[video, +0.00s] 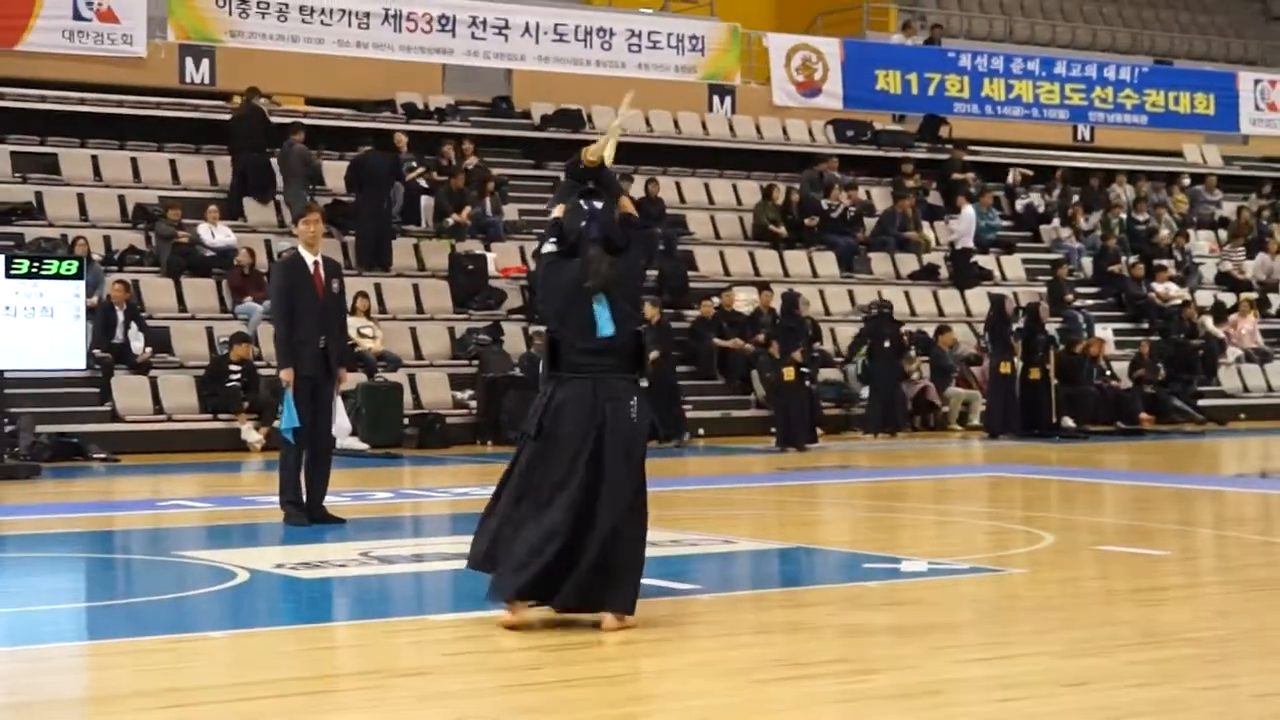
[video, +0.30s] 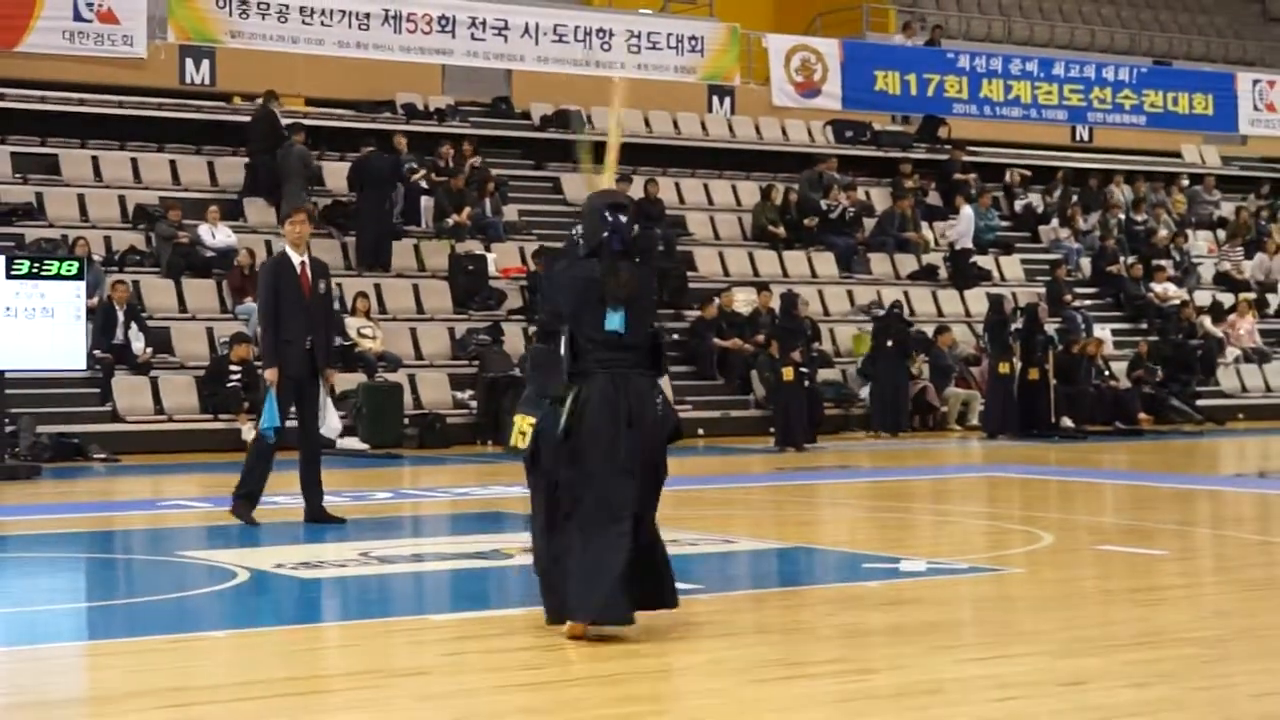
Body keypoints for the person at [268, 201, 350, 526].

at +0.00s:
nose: (312, 228)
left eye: (316, 223)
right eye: (306, 223)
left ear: (323, 227)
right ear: (296, 229)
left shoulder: (333, 267)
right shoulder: (284, 267)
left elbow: (339, 318)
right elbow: (280, 319)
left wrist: (341, 362)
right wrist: (284, 363)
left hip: (326, 361)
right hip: (297, 362)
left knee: (322, 436)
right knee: (295, 435)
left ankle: (316, 503)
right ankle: (291, 505)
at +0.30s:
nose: (299, 228)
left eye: (303, 223)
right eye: (293, 224)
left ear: (311, 228)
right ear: (282, 229)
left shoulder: (319, 268)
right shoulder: (270, 268)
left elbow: (327, 318)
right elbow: (266, 319)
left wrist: (328, 362)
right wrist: (269, 362)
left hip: (312, 362)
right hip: (282, 362)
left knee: (311, 437)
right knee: (269, 433)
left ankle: (314, 506)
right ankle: (244, 501)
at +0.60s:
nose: (260, 235)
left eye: (265, 229)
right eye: (255, 230)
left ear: (274, 235)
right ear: (246, 236)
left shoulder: (290, 276)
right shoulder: (233, 276)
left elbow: (298, 326)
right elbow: (228, 325)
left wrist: (299, 370)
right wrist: (231, 369)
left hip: (280, 367)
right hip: (246, 368)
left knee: (293, 442)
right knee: (233, 440)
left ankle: (314, 510)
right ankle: (212, 509)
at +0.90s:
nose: (212, 233)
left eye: (216, 228)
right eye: (207, 228)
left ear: (226, 232)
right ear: (198, 235)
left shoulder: (245, 269)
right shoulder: (187, 274)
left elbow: (255, 323)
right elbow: (181, 324)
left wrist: (258, 368)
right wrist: (183, 369)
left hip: (237, 367)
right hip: (200, 369)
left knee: (249, 440)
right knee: (199, 443)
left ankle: (261, 506)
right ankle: (206, 509)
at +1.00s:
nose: (201, 233)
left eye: (205, 227)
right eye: (195, 228)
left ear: (214, 231)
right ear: (186, 234)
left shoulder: (233, 267)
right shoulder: (178, 272)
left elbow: (244, 320)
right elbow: (172, 324)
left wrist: (246, 365)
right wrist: (174, 368)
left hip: (226, 364)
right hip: (191, 366)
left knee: (224, 435)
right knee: (194, 439)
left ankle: (227, 506)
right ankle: (204, 507)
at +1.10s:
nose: (188, 233)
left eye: (192, 227)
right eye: (183, 228)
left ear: (204, 230)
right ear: (176, 234)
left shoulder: (224, 267)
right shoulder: (170, 271)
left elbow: (234, 319)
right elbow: (165, 324)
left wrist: (235, 366)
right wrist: (167, 370)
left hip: (215, 363)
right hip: (182, 364)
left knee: (201, 431)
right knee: (187, 435)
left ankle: (192, 502)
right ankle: (204, 506)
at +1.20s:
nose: (178, 237)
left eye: (182, 231)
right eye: (171, 232)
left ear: (192, 234)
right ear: (164, 238)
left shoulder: (212, 270)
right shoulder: (160, 277)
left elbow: (223, 322)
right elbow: (155, 328)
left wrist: (224, 371)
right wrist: (158, 375)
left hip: (203, 368)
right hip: (170, 369)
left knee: (180, 433)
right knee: (182, 438)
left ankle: (156, 507)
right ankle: (205, 509)